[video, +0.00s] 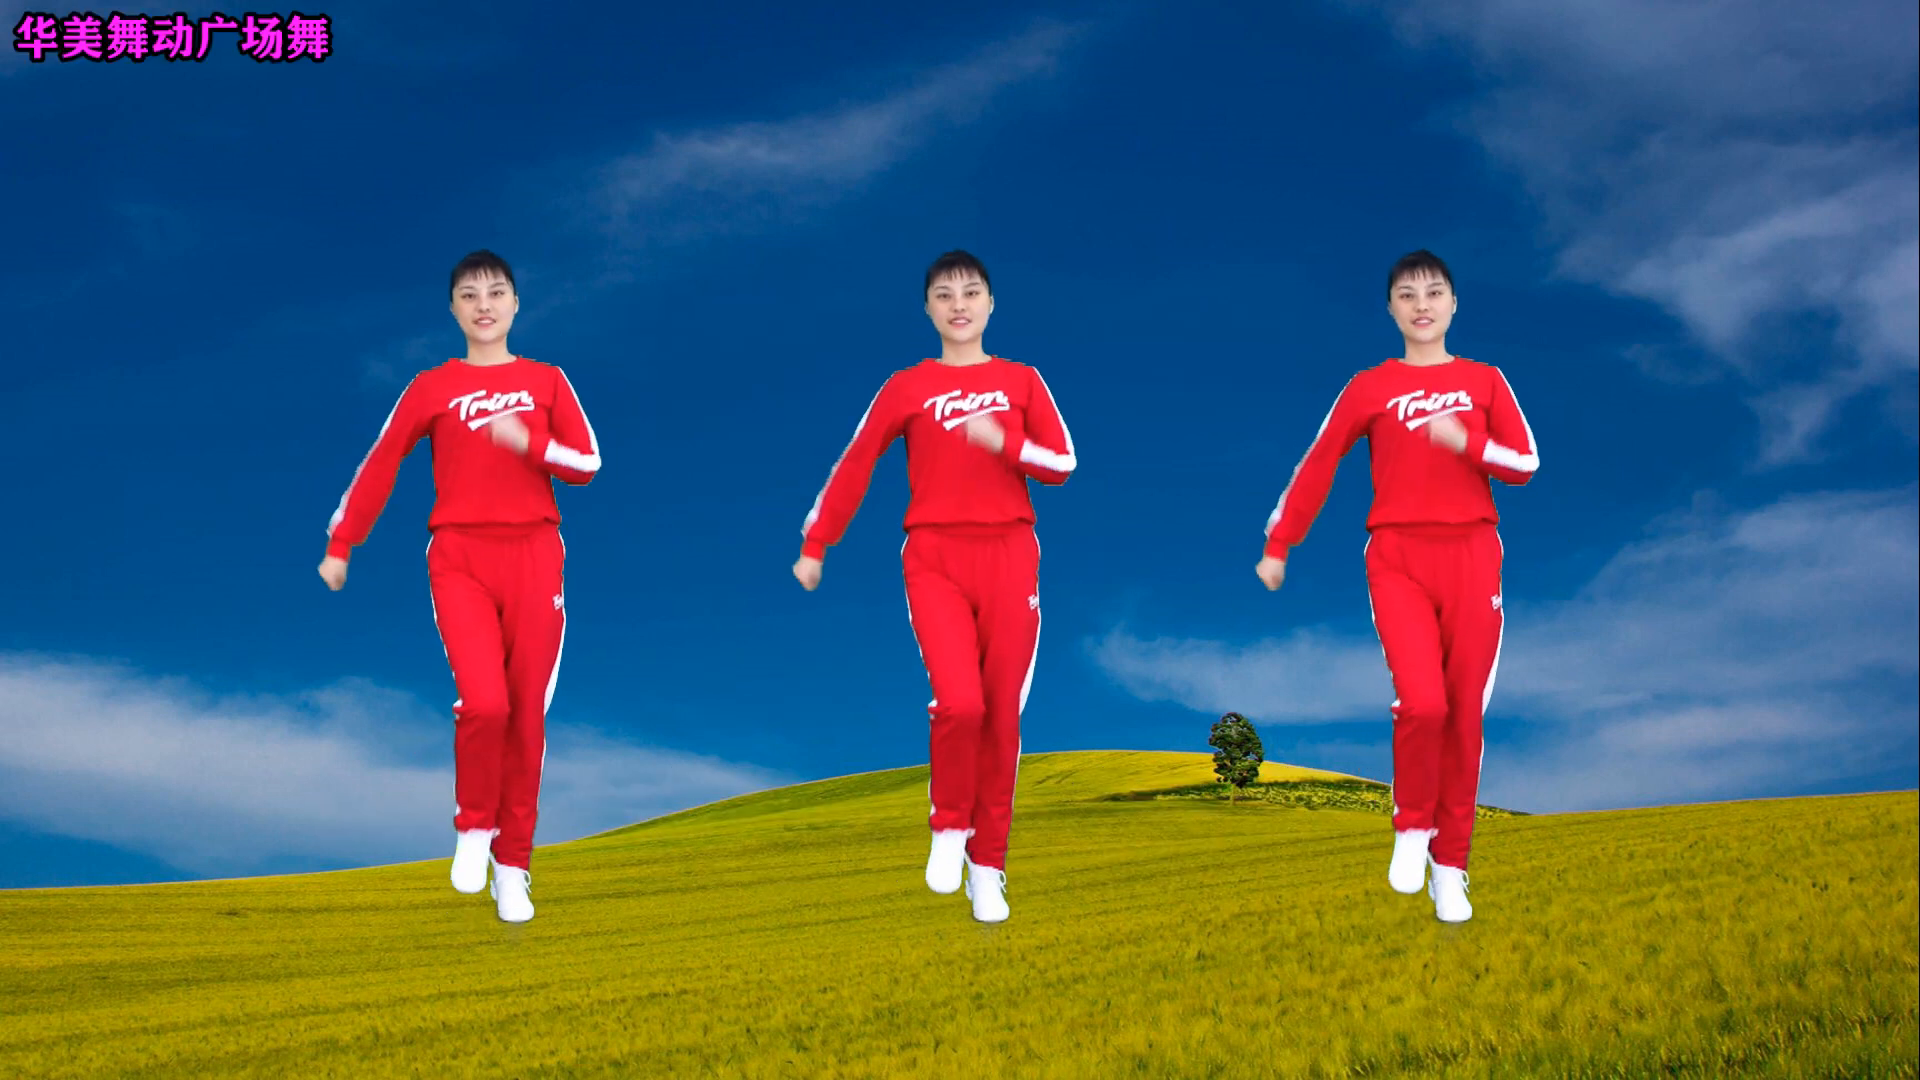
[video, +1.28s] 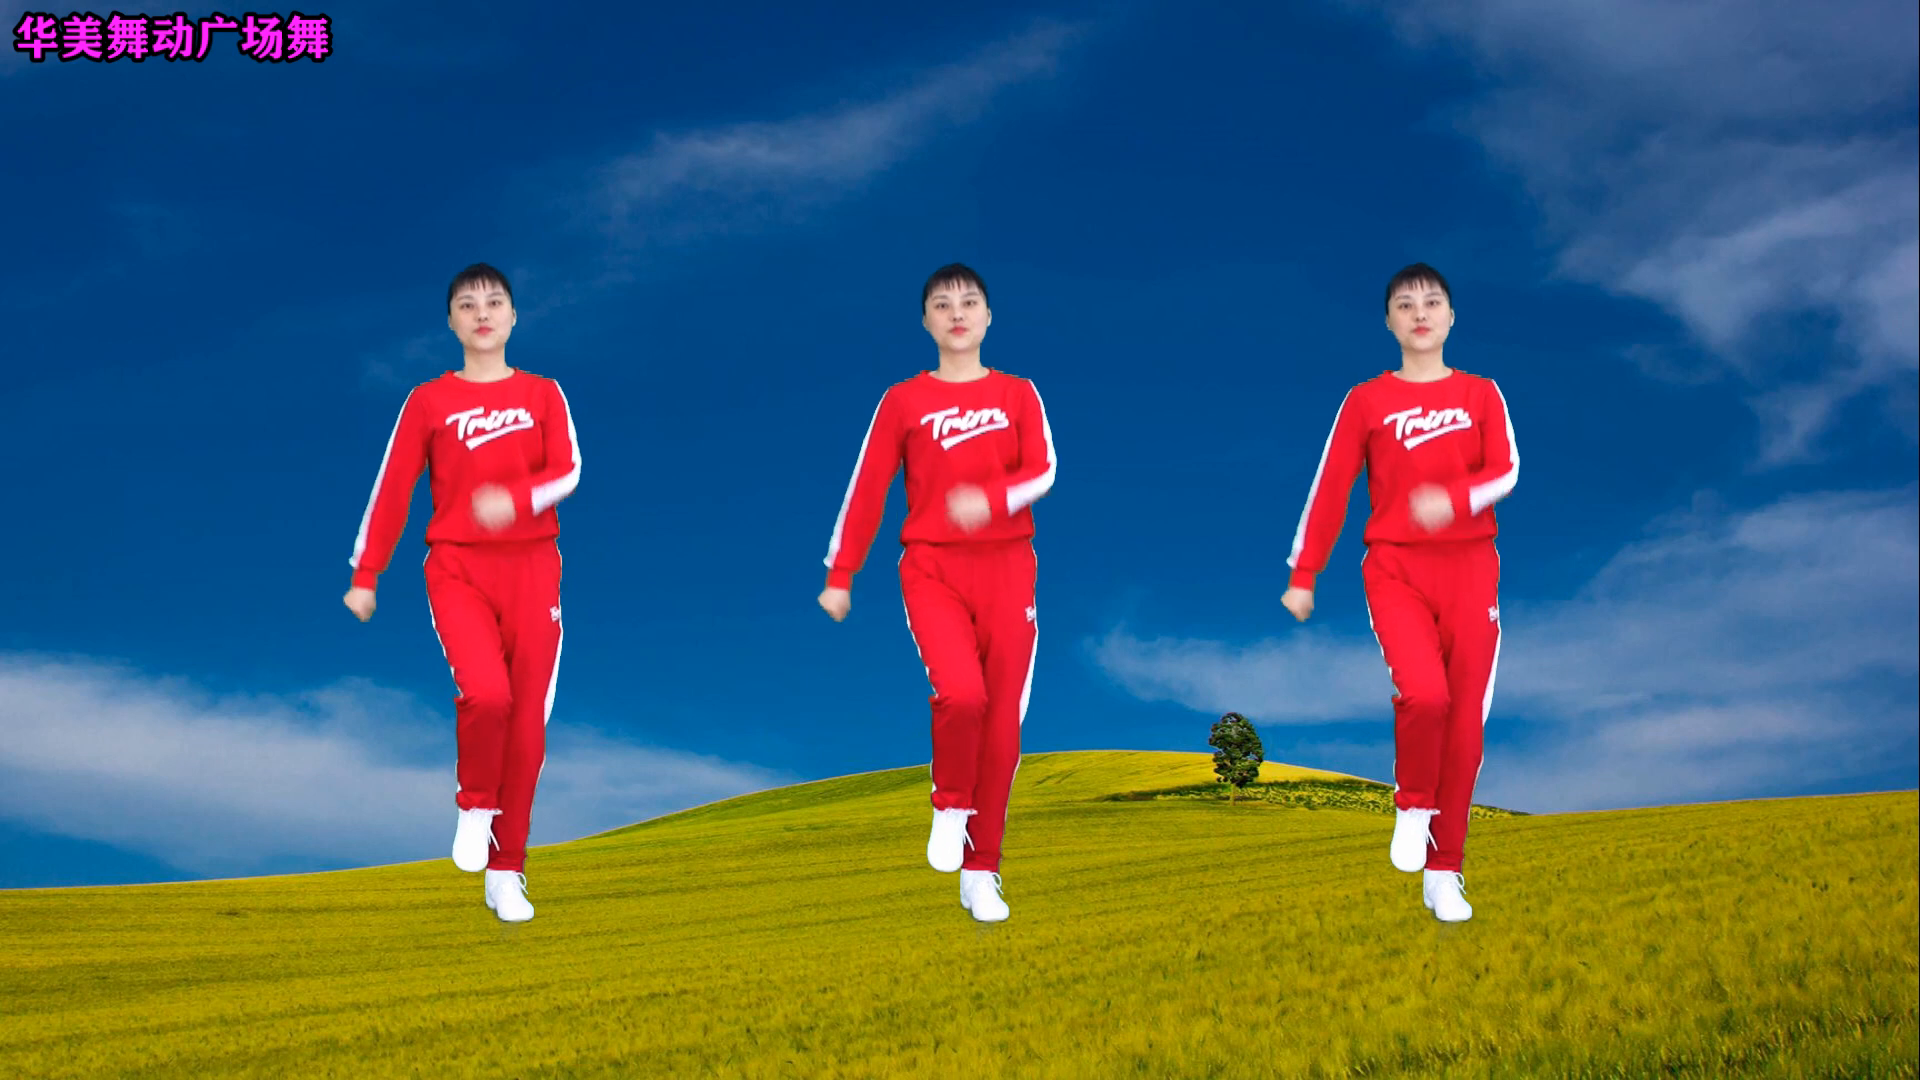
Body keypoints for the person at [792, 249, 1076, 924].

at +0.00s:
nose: (959, 305)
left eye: (970, 294)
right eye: (946, 295)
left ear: (989, 303)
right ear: (929, 308)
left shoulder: (1021, 380)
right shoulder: (905, 387)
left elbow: (1061, 465)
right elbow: (854, 463)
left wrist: (1006, 442)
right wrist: (815, 544)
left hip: (1009, 556)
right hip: (933, 556)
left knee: (1002, 712)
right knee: (960, 705)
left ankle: (989, 861)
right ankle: (950, 825)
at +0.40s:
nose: (953, 318)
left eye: (964, 307)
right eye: (940, 309)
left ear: (983, 318)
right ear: (923, 322)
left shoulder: (1010, 394)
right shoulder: (895, 401)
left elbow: (1016, 475)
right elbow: (863, 488)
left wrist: (975, 522)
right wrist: (832, 570)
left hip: (986, 576)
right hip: (911, 576)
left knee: (974, 722)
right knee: (921, 728)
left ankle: (979, 849)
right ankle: (937, 867)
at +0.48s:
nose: (949, 326)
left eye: (962, 316)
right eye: (936, 317)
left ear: (979, 328)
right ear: (921, 330)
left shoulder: (1009, 405)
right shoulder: (893, 410)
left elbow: (1015, 494)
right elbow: (879, 497)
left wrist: (1009, 578)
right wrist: (886, 576)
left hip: (982, 581)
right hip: (909, 582)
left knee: (958, 719)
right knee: (909, 733)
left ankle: (976, 816)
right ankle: (937, 866)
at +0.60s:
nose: (947, 312)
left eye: (959, 302)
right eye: (935, 302)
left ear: (978, 314)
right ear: (918, 315)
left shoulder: (1009, 392)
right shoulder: (890, 394)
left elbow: (1045, 482)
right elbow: (853, 469)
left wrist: (1065, 572)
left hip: (985, 567)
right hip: (909, 567)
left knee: (954, 705)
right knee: (912, 724)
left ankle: (972, 809)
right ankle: (938, 863)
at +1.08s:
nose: (956, 317)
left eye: (968, 307)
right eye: (943, 308)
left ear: (986, 320)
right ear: (926, 322)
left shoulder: (1016, 399)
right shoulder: (902, 403)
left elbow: (1056, 488)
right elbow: (893, 488)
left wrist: (1091, 573)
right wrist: (917, 557)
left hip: (1006, 573)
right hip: (931, 574)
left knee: (998, 724)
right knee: (945, 720)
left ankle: (983, 867)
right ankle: (943, 842)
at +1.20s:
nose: (957, 325)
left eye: (969, 315)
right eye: (944, 317)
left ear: (988, 328)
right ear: (928, 332)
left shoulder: (1018, 409)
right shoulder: (903, 411)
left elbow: (1034, 499)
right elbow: (885, 508)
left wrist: (1020, 575)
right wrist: (874, 596)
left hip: (1007, 582)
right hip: (931, 582)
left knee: (1008, 725)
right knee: (962, 702)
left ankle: (982, 867)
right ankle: (950, 806)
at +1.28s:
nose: (957, 314)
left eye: (968, 304)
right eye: (944, 306)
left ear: (987, 316)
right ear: (927, 321)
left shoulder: (1018, 393)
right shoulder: (902, 401)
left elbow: (1041, 471)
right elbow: (866, 487)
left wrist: (990, 496)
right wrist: (840, 572)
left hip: (1007, 572)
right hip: (932, 571)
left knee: (1003, 719)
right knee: (962, 696)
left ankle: (984, 867)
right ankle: (952, 806)